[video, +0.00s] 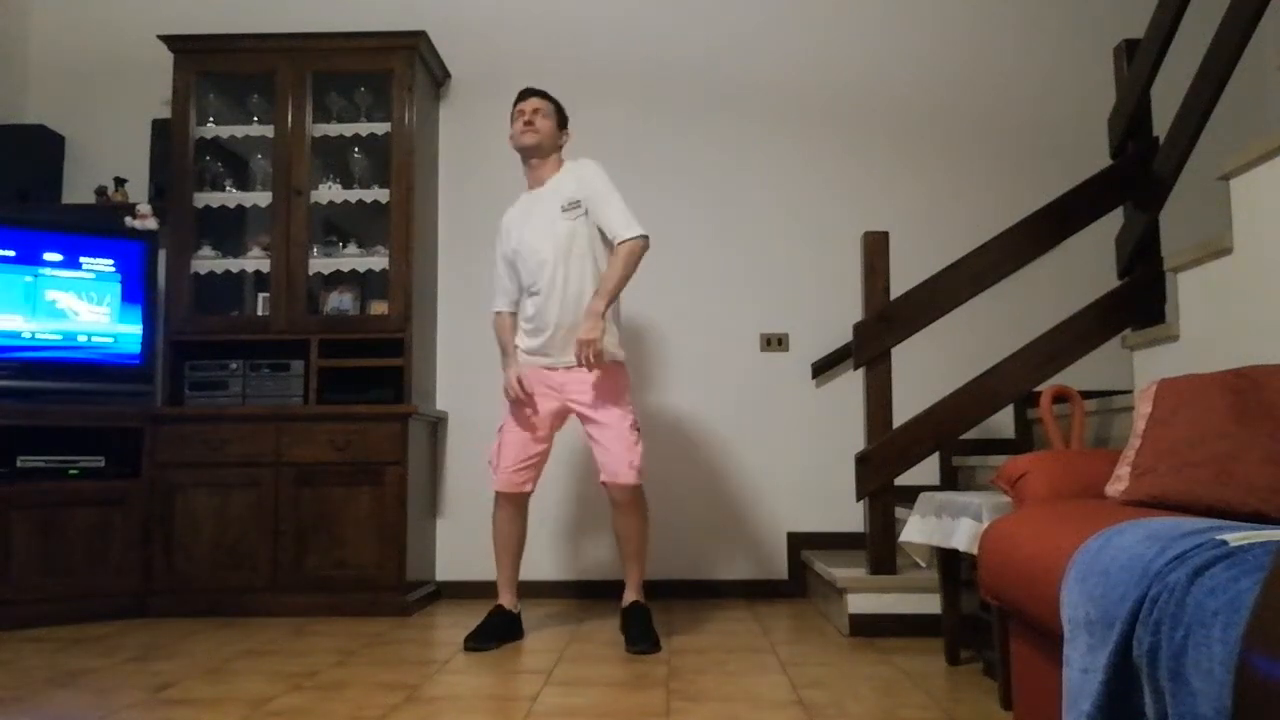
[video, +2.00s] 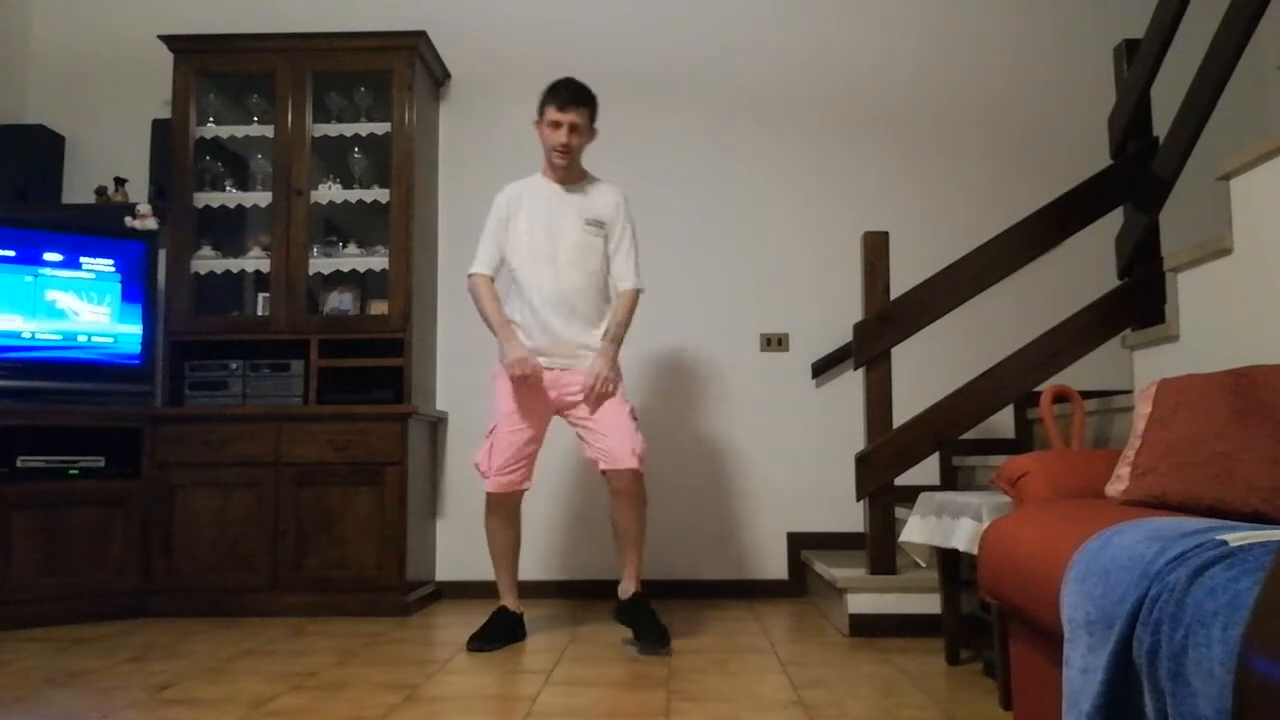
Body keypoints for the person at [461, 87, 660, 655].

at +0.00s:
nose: (526, 120)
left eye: (538, 114)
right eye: (518, 116)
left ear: (562, 134)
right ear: (511, 138)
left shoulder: (583, 176)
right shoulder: (512, 220)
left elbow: (633, 242)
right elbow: (503, 306)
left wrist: (595, 313)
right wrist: (509, 357)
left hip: (596, 364)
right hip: (535, 370)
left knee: (624, 479)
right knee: (508, 485)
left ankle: (634, 601)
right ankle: (506, 608)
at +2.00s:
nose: (562, 137)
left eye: (574, 128)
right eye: (554, 126)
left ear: (589, 134)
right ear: (538, 127)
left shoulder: (608, 200)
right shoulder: (512, 198)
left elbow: (628, 287)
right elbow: (480, 277)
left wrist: (609, 350)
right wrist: (508, 339)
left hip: (591, 368)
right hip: (524, 368)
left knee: (627, 469)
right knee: (501, 485)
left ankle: (632, 597)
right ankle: (508, 609)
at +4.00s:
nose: (604, 154)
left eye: (613, 142)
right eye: (594, 143)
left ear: (635, 137)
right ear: (583, 141)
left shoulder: (651, 214)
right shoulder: (561, 191)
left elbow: (655, 299)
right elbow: (504, 257)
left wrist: (615, 356)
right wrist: (522, 337)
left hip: (617, 371)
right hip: (547, 367)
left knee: (635, 489)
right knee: (501, 478)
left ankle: (638, 610)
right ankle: (483, 604)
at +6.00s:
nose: (563, 124)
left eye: (570, 113)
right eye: (552, 121)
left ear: (592, 116)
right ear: (544, 133)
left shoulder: (628, 175)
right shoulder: (540, 202)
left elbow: (670, 257)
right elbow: (493, 278)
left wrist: (630, 321)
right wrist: (497, 331)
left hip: (611, 366)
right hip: (541, 367)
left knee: (631, 486)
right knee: (499, 476)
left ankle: (640, 610)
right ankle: (508, 598)